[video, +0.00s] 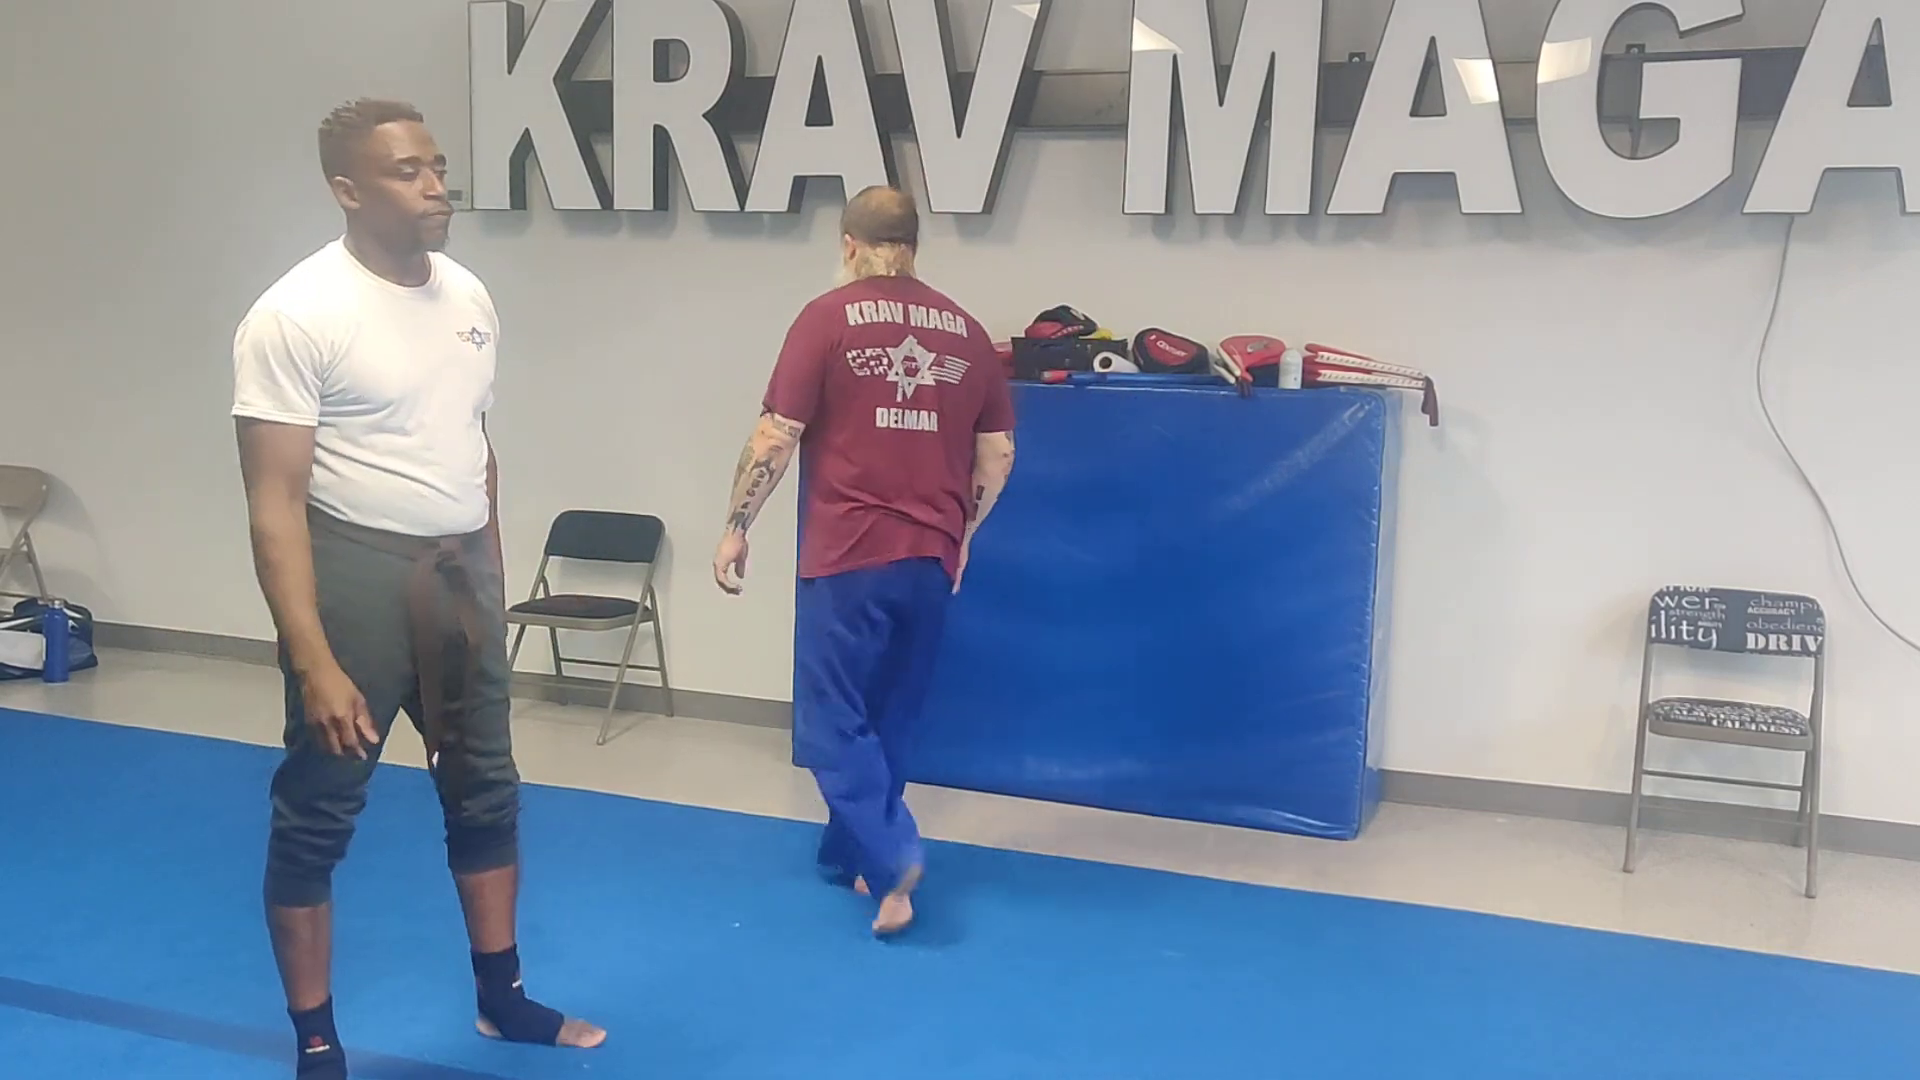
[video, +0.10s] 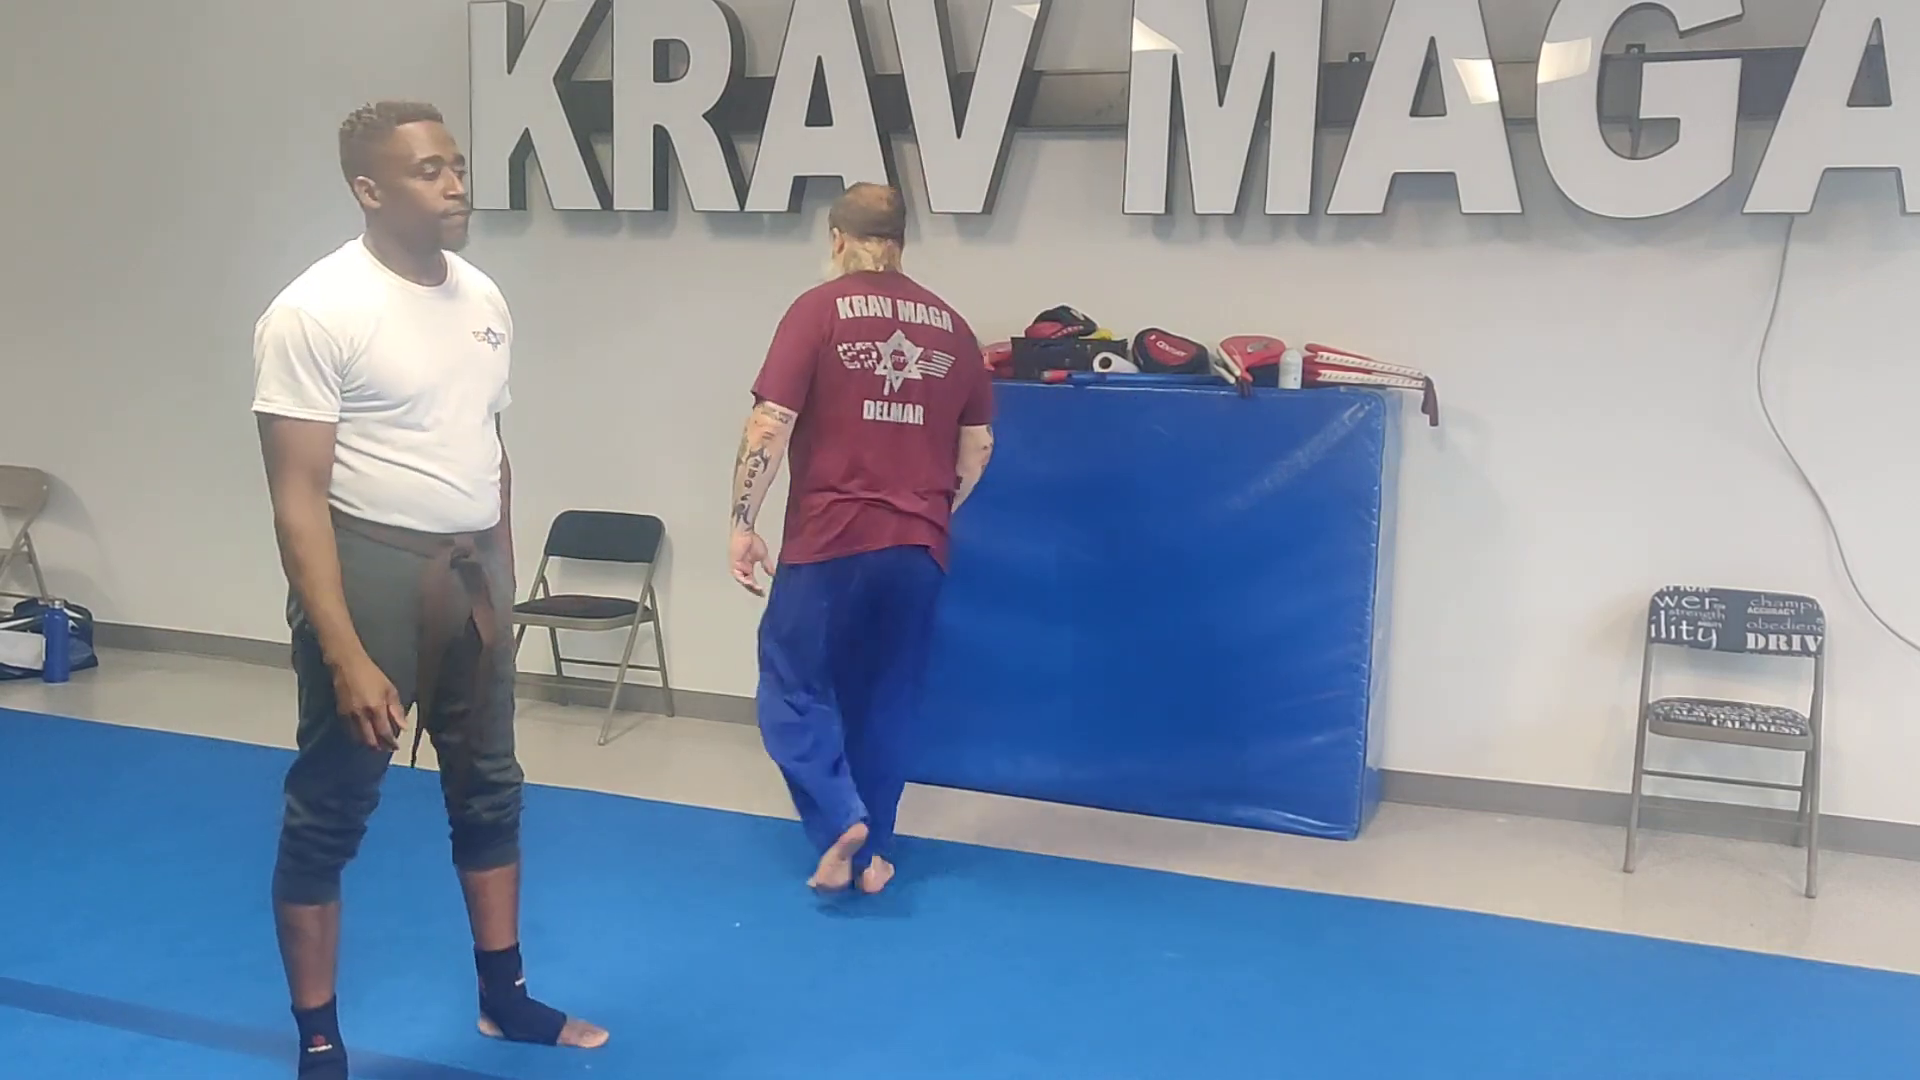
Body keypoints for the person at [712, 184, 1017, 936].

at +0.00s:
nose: (841, 255)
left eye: (842, 246)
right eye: (850, 245)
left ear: (851, 247)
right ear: (914, 248)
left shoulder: (828, 316)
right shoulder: (968, 330)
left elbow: (777, 436)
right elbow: (997, 451)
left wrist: (737, 526)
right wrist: (960, 532)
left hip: (847, 553)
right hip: (933, 555)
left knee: (831, 718)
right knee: (891, 710)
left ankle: (896, 859)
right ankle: (846, 851)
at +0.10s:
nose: (832, 250)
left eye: (832, 240)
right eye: (838, 240)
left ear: (839, 241)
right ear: (900, 243)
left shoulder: (819, 309)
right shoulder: (954, 327)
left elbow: (770, 424)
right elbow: (977, 446)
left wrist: (742, 521)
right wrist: (930, 506)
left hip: (830, 536)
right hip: (920, 540)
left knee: (791, 687)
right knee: (887, 695)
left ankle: (839, 819)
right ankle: (870, 857)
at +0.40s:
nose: (761, 267)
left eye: (761, 257)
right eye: (762, 257)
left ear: (772, 255)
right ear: (831, 256)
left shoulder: (763, 323)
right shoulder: (887, 326)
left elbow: (734, 433)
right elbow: (915, 436)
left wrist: (714, 529)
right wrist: (874, 499)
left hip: (787, 532)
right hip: (870, 533)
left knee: (757, 676)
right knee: (877, 684)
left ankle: (739, 803)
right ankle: (874, 841)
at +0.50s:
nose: (731, 270)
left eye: (730, 261)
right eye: (734, 260)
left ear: (739, 259)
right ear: (798, 256)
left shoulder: (734, 329)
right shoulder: (859, 323)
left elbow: (704, 444)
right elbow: (890, 436)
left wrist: (684, 532)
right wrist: (853, 502)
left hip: (765, 532)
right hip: (848, 529)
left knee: (745, 678)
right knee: (845, 674)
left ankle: (739, 809)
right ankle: (864, 807)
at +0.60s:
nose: (708, 267)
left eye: (708, 258)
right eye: (710, 258)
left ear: (718, 256)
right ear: (775, 251)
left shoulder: (711, 325)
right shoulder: (838, 316)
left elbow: (675, 437)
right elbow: (875, 424)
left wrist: (652, 518)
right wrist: (849, 487)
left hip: (744, 524)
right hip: (827, 521)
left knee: (731, 673)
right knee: (826, 662)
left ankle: (736, 807)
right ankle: (849, 764)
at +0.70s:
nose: (696, 262)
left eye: (695, 253)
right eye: (696, 253)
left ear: (706, 251)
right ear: (761, 247)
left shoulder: (696, 318)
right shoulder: (821, 311)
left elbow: (650, 431)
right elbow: (860, 418)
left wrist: (623, 498)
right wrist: (836, 485)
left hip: (731, 515)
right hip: (810, 511)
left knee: (721, 669)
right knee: (807, 647)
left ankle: (733, 809)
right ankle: (825, 756)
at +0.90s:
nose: (677, 270)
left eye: (677, 260)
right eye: (679, 260)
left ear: (688, 257)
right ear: (739, 253)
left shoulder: (678, 325)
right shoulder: (797, 322)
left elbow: (622, 427)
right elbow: (831, 429)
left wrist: (579, 471)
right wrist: (808, 490)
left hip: (706, 518)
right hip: (780, 517)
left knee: (706, 665)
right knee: (763, 654)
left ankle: (731, 806)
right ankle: (733, 772)